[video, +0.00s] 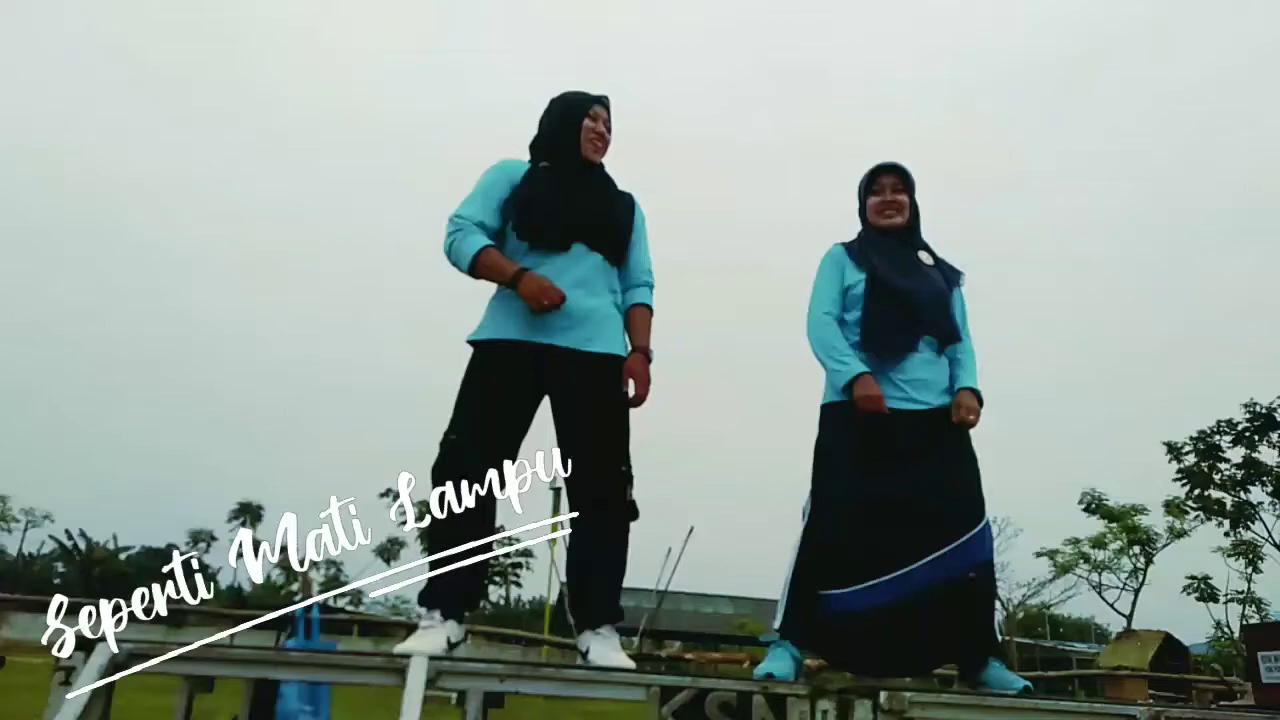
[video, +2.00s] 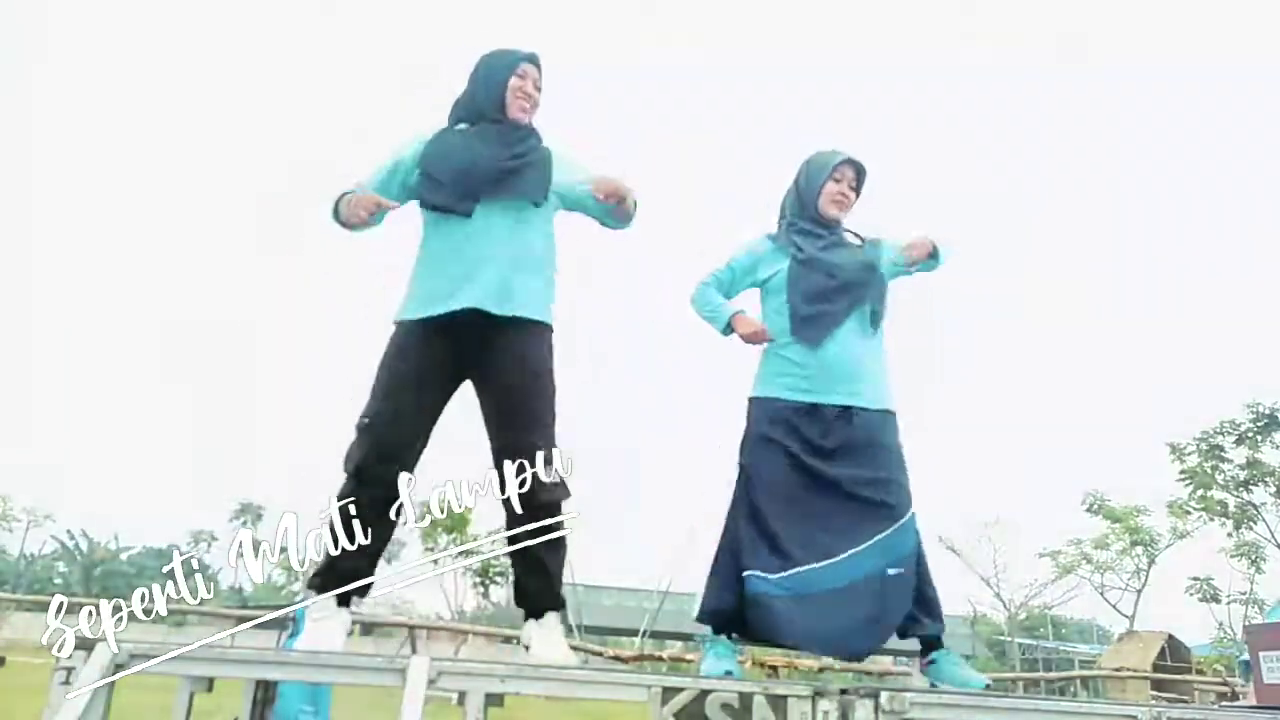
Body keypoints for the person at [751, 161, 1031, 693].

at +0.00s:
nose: (889, 198)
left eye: (899, 191)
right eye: (879, 192)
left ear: (913, 202)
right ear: (863, 204)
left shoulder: (944, 272)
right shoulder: (844, 257)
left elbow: (960, 338)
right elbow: (820, 322)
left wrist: (966, 387)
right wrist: (854, 374)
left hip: (935, 416)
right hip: (860, 413)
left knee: (965, 530)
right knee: (831, 526)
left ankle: (979, 658)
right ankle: (789, 645)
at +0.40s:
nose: (885, 191)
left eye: (895, 183)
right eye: (874, 184)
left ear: (913, 195)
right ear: (862, 199)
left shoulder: (948, 266)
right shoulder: (841, 252)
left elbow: (977, 332)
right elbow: (772, 284)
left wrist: (997, 388)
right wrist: (827, 295)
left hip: (930, 409)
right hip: (852, 402)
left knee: (953, 528)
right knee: (823, 516)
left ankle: (979, 655)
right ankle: (781, 639)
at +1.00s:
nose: (844, 190)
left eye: (854, 182)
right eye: (834, 184)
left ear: (872, 192)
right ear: (821, 196)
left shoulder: (906, 259)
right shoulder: (800, 252)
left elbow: (936, 326)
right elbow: (718, 258)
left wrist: (942, 380)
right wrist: (763, 252)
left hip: (886, 403)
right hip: (809, 394)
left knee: (898, 526)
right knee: (779, 512)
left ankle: (916, 653)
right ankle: (742, 635)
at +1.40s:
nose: (800, 195)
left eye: (810, 190)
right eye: (791, 185)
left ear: (816, 202)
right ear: (768, 190)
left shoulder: (828, 261)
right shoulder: (732, 251)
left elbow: (871, 293)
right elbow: (667, 286)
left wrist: (906, 301)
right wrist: (697, 300)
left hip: (818, 404)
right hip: (744, 401)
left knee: (849, 519)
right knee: (736, 523)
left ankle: (869, 647)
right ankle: (721, 645)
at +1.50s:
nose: (798, 195)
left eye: (807, 190)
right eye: (789, 185)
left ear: (813, 202)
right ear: (765, 188)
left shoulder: (816, 262)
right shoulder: (731, 248)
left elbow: (870, 282)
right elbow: (668, 291)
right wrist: (707, 312)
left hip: (811, 396)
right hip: (741, 389)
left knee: (843, 521)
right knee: (731, 512)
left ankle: (815, 640)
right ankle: (720, 644)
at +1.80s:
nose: (813, 191)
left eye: (821, 188)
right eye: (807, 180)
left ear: (824, 199)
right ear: (779, 179)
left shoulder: (828, 257)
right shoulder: (736, 241)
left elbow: (900, 257)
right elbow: (671, 282)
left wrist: (846, 241)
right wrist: (707, 311)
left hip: (820, 398)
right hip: (745, 392)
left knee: (863, 504)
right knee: (736, 512)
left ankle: (874, 637)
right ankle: (720, 641)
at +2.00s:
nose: (845, 193)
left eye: (853, 189)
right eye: (837, 183)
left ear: (856, 201)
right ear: (809, 183)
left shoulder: (869, 253)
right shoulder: (770, 249)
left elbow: (911, 258)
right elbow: (705, 292)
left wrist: (925, 252)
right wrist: (736, 318)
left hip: (864, 404)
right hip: (784, 400)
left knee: (897, 521)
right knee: (755, 512)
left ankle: (933, 652)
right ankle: (721, 640)